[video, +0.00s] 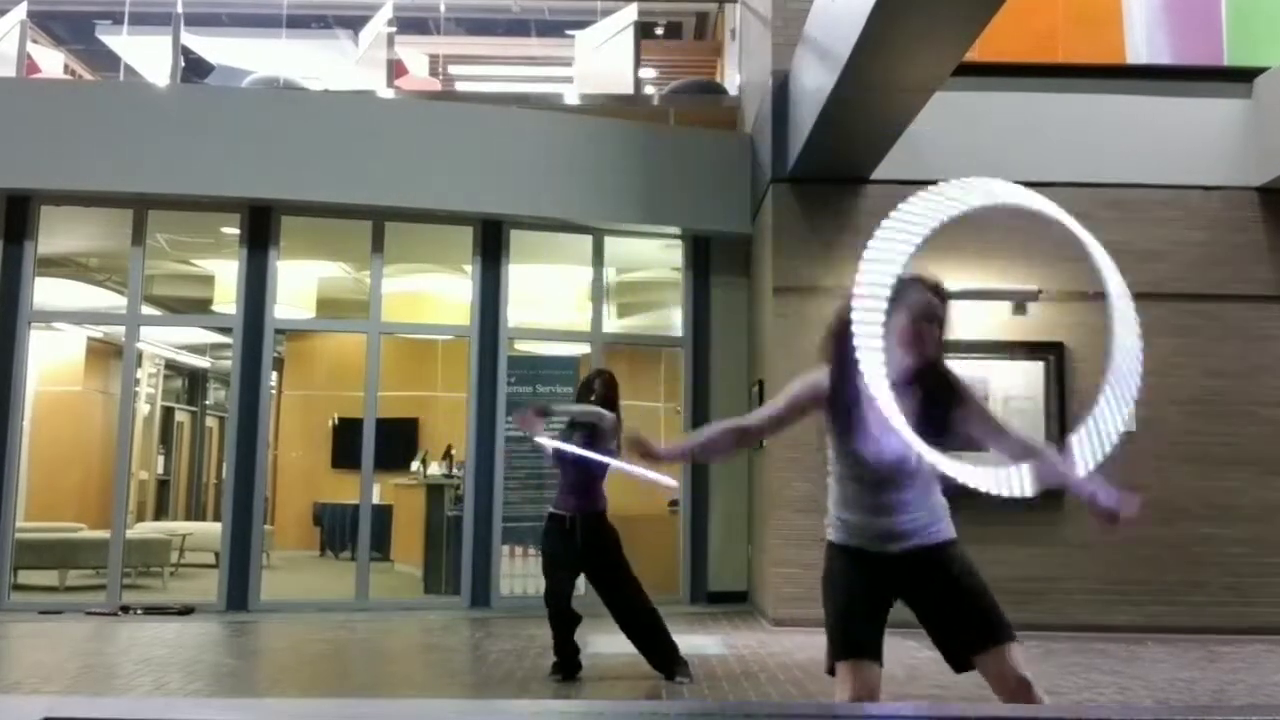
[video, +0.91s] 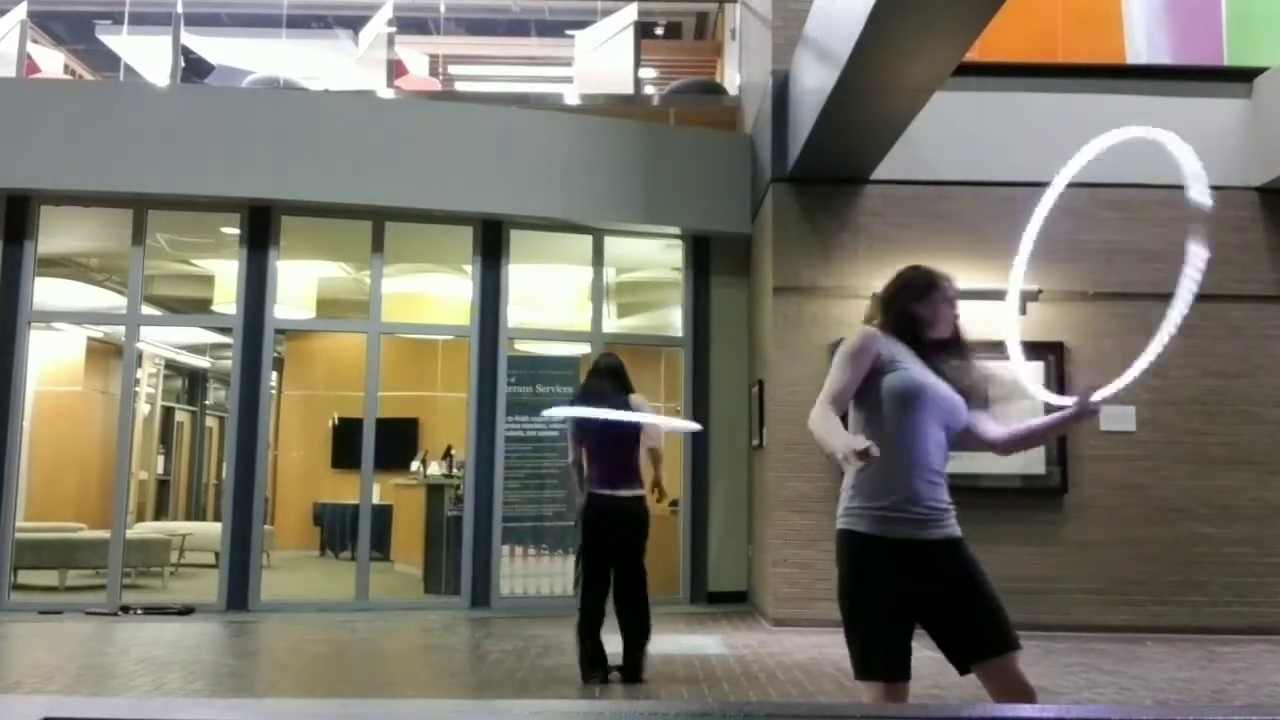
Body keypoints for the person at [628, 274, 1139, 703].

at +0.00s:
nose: (921, 334)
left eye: (932, 324)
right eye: (912, 319)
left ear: (941, 333)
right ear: (882, 322)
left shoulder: (944, 393)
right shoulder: (835, 383)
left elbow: (1018, 447)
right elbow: (751, 429)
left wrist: (1094, 490)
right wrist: (671, 454)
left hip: (931, 548)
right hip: (855, 552)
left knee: (1008, 679)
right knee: (859, 688)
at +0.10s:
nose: (979, 381)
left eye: (989, 375)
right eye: (974, 364)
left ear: (992, 386)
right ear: (941, 353)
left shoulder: (975, 425)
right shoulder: (870, 397)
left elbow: (1019, 481)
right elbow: (790, 439)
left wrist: (1058, 527)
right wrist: (719, 480)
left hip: (943, 556)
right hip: (866, 552)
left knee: (1004, 691)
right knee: (863, 689)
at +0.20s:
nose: (1025, 375)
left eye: (1037, 372)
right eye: (1023, 359)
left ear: (1039, 382)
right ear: (997, 344)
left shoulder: (1018, 417)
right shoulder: (921, 378)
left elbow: (1039, 484)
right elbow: (840, 419)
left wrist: (1068, 546)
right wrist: (772, 463)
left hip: (955, 543)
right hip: (877, 536)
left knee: (1007, 684)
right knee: (864, 685)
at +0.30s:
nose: (1063, 329)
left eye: (1074, 322)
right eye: (1062, 313)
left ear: (1078, 322)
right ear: (1038, 294)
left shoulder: (1046, 367)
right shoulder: (945, 327)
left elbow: (1072, 463)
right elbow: (865, 382)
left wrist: (1110, 545)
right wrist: (793, 427)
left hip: (971, 523)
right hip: (891, 513)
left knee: (1015, 681)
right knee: (867, 675)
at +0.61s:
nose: (1030, 317)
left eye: (1042, 309)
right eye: (1032, 300)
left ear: (1041, 311)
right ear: (1008, 282)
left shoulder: (1029, 357)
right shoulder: (925, 322)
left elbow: (1057, 451)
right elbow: (861, 388)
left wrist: (1141, 478)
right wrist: (816, 433)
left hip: (971, 529)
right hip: (897, 520)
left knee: (1028, 687)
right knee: (885, 691)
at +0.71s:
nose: (1005, 326)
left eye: (1013, 317)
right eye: (1000, 313)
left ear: (1016, 321)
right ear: (975, 300)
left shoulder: (994, 385)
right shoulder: (905, 337)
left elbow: (1038, 447)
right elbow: (846, 399)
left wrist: (1126, 435)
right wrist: (823, 442)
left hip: (963, 540)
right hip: (891, 537)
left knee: (1029, 686)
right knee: (889, 696)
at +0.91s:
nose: (954, 311)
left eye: (954, 302)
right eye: (944, 301)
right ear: (913, 307)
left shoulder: (942, 390)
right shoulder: (871, 342)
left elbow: (1002, 439)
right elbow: (822, 412)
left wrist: (1073, 414)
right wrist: (845, 444)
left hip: (937, 539)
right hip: (872, 538)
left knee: (1009, 683)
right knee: (887, 695)